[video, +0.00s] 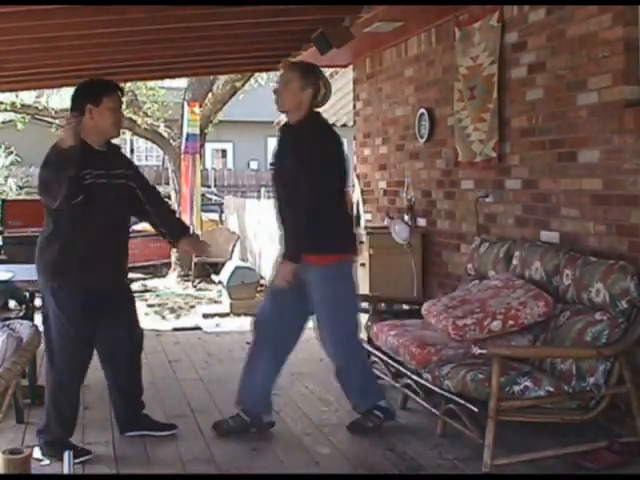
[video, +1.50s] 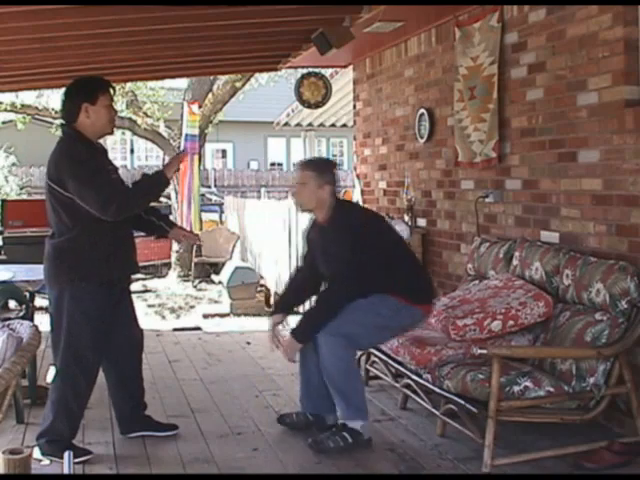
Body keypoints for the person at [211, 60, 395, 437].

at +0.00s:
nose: (276, 90)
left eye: (285, 85)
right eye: (278, 84)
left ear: (309, 93)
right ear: (296, 94)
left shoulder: (320, 136)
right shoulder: (289, 135)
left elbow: (313, 201)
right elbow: (295, 199)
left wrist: (291, 256)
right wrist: (290, 251)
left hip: (328, 255)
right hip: (299, 254)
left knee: (339, 336)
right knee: (271, 331)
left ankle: (374, 406)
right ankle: (253, 411)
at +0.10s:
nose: (264, 87)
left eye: (272, 80)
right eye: (266, 80)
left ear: (295, 89)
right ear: (283, 89)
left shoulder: (305, 133)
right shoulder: (275, 132)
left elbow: (299, 197)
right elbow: (274, 195)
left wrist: (271, 249)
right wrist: (263, 247)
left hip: (302, 256)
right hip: (272, 256)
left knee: (303, 335)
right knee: (249, 336)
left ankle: (357, 394)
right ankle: (254, 416)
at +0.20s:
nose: (246, 87)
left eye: (254, 80)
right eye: (246, 80)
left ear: (276, 87)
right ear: (265, 88)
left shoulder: (290, 129)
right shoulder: (258, 130)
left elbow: (293, 195)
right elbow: (260, 193)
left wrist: (258, 246)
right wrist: (249, 241)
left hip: (293, 246)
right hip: (264, 247)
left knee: (269, 325)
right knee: (236, 324)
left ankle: (317, 408)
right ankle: (250, 410)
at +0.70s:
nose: (207, 137)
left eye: (214, 130)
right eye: (206, 131)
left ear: (238, 133)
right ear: (225, 136)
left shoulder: (259, 177)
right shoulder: (227, 181)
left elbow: (257, 246)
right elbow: (227, 245)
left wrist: (225, 298)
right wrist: (221, 293)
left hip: (296, 273)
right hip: (266, 272)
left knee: (235, 334)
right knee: (218, 331)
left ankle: (269, 428)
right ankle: (246, 417)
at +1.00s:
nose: (214, 172)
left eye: (220, 165)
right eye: (214, 165)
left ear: (245, 169)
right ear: (239, 172)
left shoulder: (274, 206)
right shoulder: (245, 215)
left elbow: (273, 279)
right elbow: (243, 274)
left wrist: (239, 329)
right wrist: (230, 322)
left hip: (334, 287)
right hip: (305, 285)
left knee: (264, 347)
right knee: (249, 340)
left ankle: (289, 440)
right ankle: (271, 415)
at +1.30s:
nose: (250, 185)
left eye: (257, 178)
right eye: (250, 178)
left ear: (282, 182)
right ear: (276, 185)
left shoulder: (316, 214)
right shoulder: (279, 225)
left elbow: (318, 282)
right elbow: (271, 279)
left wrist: (282, 336)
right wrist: (248, 331)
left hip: (375, 283)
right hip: (346, 281)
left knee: (306, 342)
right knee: (295, 337)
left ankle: (317, 429)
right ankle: (313, 413)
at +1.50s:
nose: (293, 191)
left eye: (301, 184)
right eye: (294, 184)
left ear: (324, 189)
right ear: (317, 191)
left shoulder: (354, 223)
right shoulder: (318, 231)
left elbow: (343, 288)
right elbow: (309, 275)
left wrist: (299, 334)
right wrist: (281, 310)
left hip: (405, 299)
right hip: (369, 297)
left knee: (333, 336)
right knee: (308, 332)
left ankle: (356, 428)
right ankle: (319, 414)